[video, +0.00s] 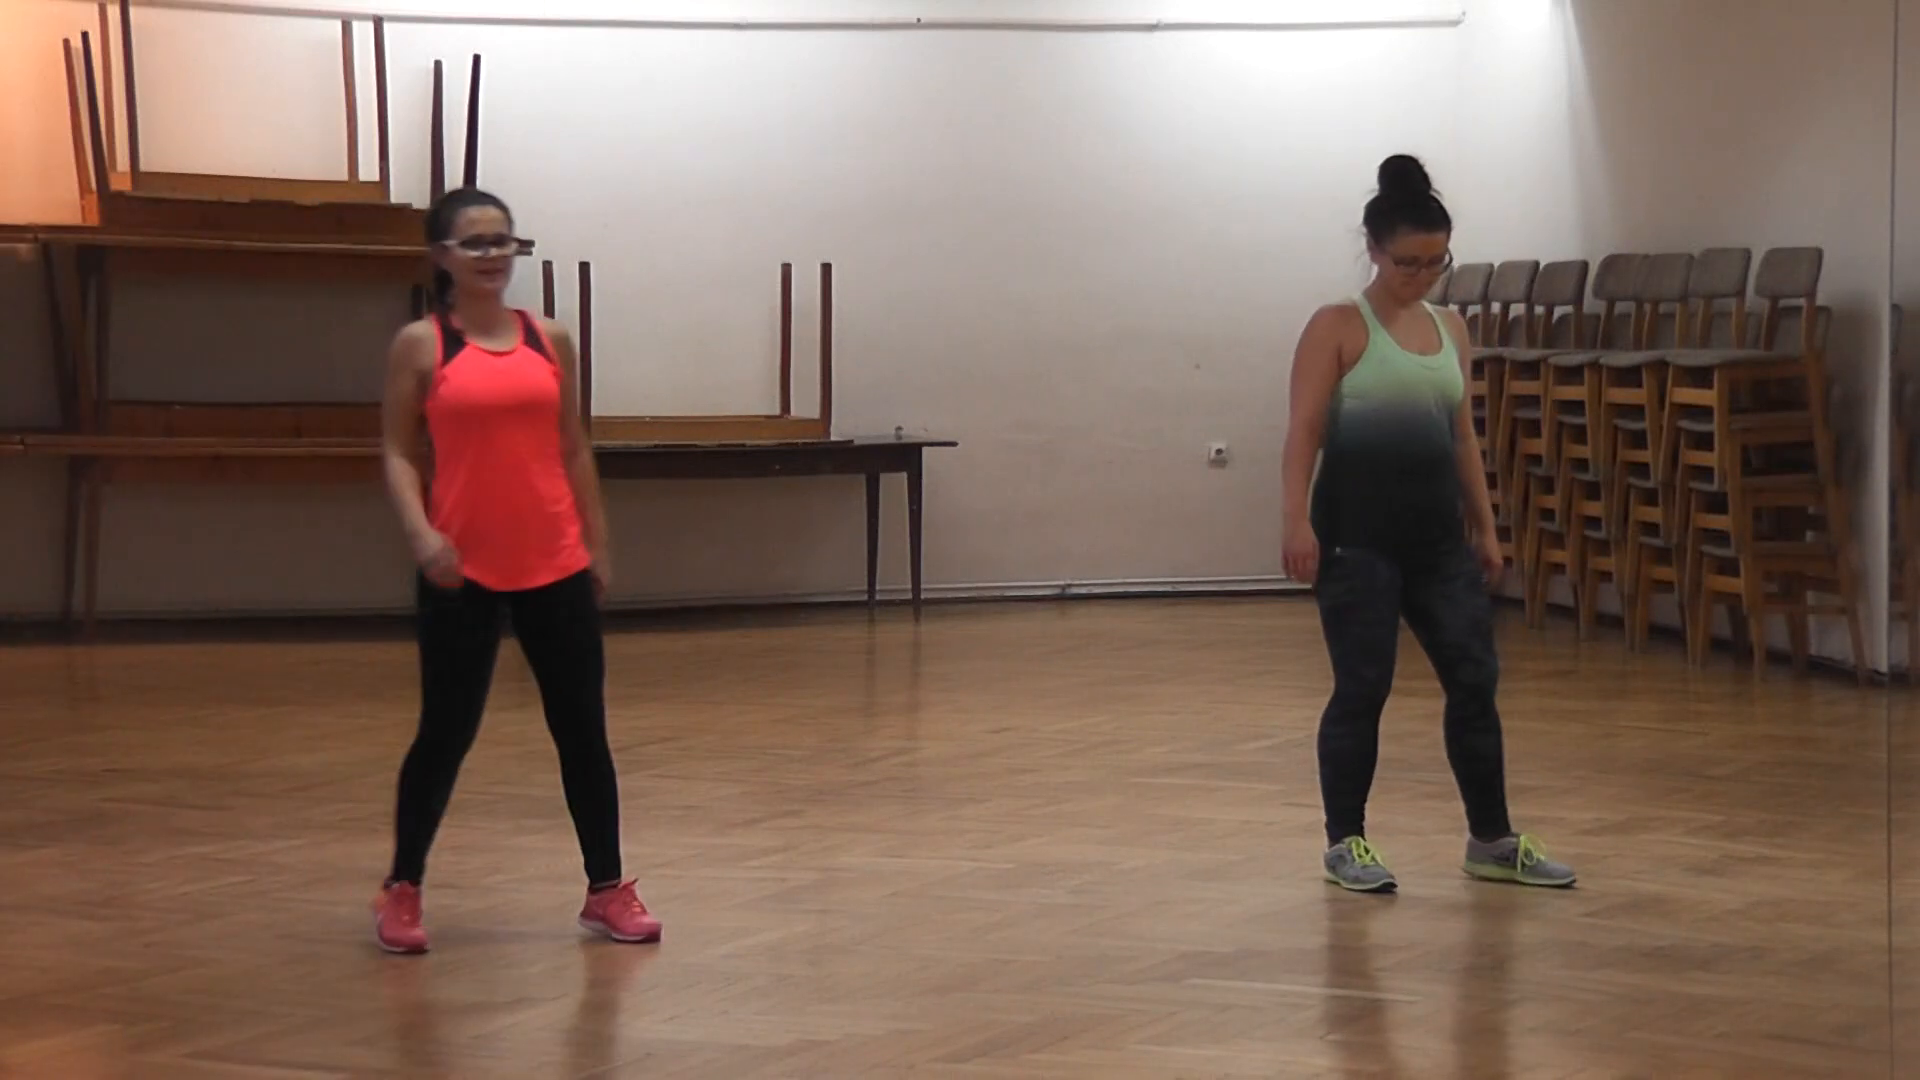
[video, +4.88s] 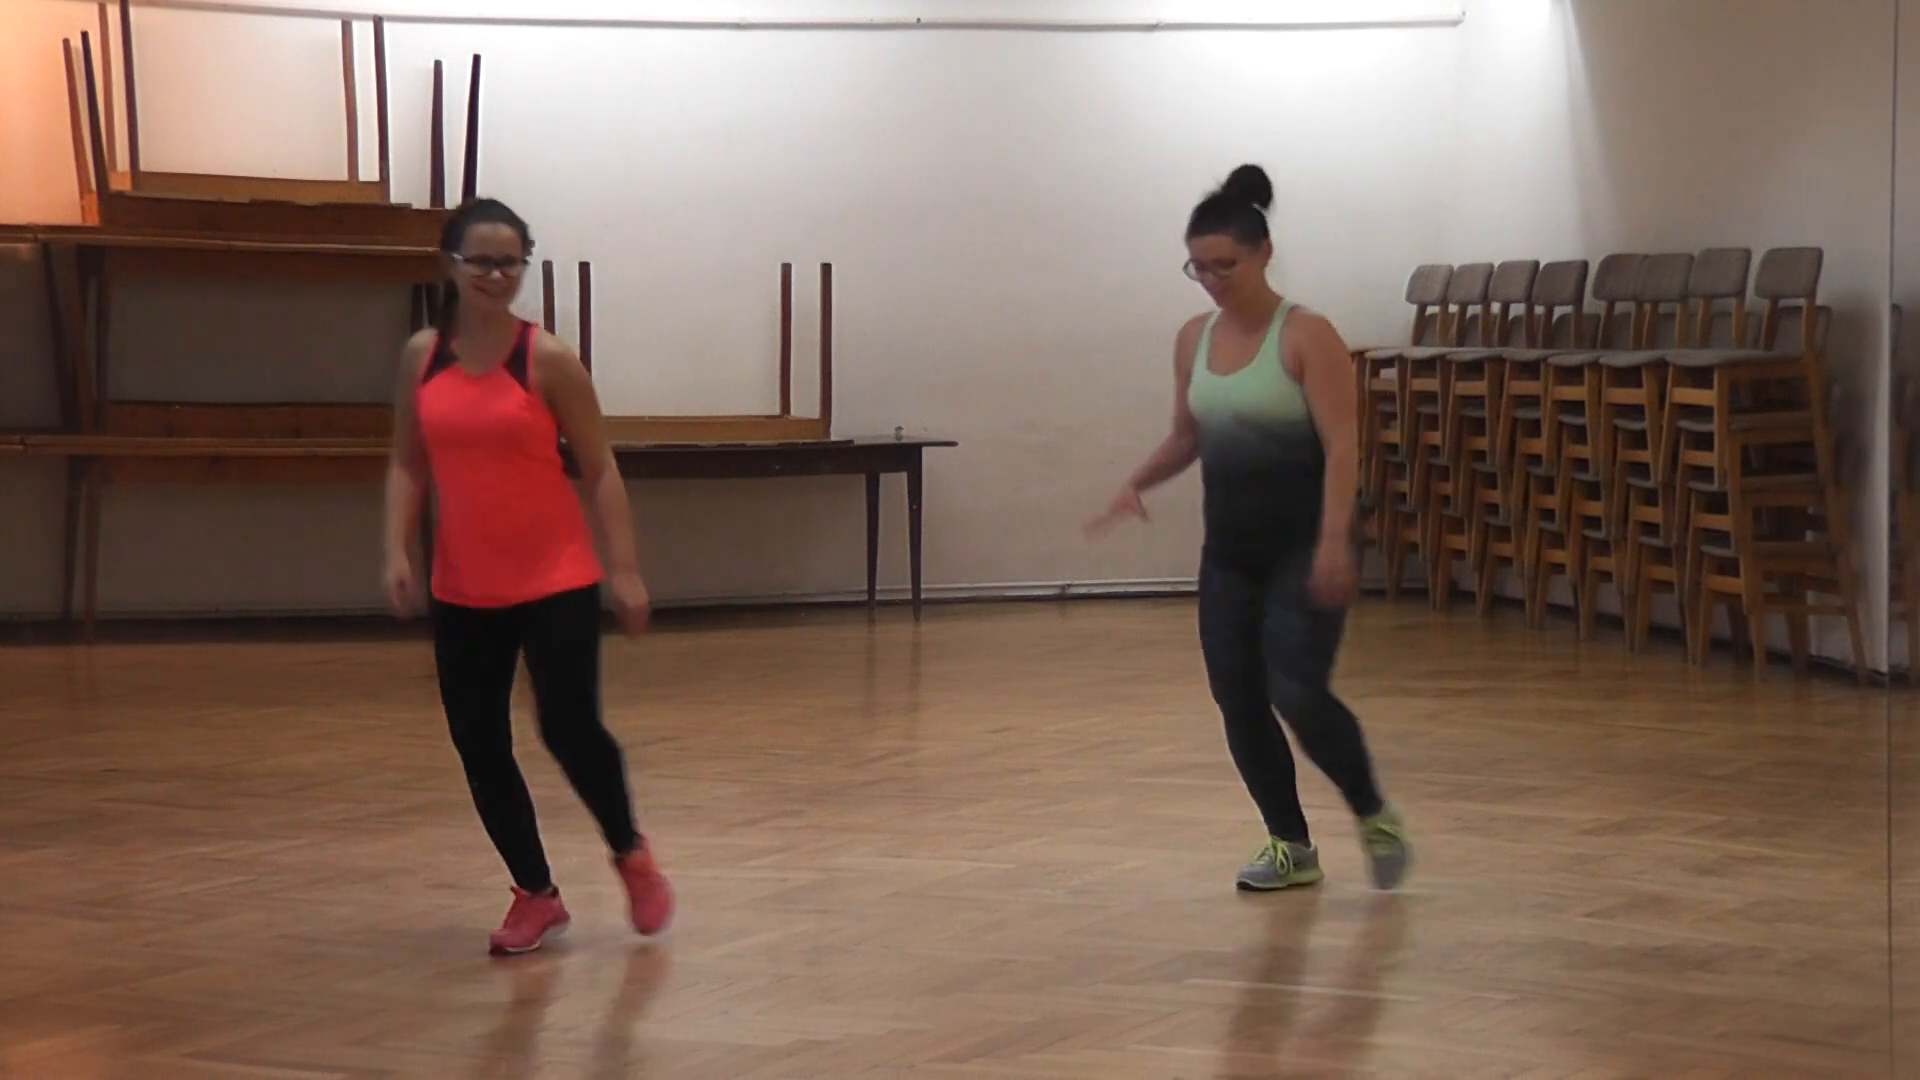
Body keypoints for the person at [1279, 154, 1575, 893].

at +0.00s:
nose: (1422, 277)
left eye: (1434, 263)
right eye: (1407, 262)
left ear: (1447, 252)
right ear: (1372, 249)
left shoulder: (1448, 328)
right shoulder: (1335, 328)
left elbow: (1464, 437)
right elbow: (1305, 432)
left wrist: (1485, 528)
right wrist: (1295, 524)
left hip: (1439, 544)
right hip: (1357, 545)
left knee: (1474, 682)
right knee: (1361, 690)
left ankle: (1492, 841)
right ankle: (1345, 842)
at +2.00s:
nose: (1368, 245)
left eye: (1376, 233)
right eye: (1350, 234)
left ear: (1384, 240)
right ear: (1312, 243)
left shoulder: (1398, 331)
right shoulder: (1289, 332)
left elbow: (1412, 434)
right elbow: (1270, 444)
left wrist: (1437, 525)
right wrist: (1288, 535)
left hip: (1390, 543)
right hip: (1308, 546)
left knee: (1410, 693)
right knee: (1295, 692)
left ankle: (1429, 843)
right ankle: (1235, 844)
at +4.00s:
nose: (1302, 242)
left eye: (1307, 228)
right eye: (1282, 235)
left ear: (1320, 235)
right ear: (1250, 253)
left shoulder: (1355, 332)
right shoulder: (1227, 332)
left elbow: (1387, 437)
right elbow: (1202, 438)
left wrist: (1422, 515)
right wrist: (1188, 530)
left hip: (1347, 546)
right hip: (1257, 546)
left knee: (1355, 699)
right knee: (1231, 695)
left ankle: (1358, 848)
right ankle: (1184, 846)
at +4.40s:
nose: (1275, 274)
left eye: (1283, 255)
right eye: (1260, 267)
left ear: (1321, 236)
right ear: (1253, 269)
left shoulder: (1385, 322)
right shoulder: (1260, 336)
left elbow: (1420, 425)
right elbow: (1243, 434)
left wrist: (1372, 482)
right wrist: (1184, 499)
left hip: (1374, 541)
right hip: (1285, 542)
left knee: (1364, 698)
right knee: (1259, 691)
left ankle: (1362, 848)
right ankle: (1223, 847)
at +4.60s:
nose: (1255, 258)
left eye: (1265, 241)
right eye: (1244, 248)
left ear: (1307, 225)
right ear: (1238, 249)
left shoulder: (1363, 307)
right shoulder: (1254, 314)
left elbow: (1370, 409)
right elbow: (1268, 409)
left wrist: (1270, 427)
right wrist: (1205, 452)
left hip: (1367, 518)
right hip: (1283, 519)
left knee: (1377, 678)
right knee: (1259, 675)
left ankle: (1403, 836)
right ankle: (1265, 834)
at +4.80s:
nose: (1230, 285)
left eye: (1241, 269)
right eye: (1219, 273)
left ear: (1282, 256)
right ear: (1211, 270)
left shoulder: (1326, 341)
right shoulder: (1217, 348)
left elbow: (1347, 450)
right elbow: (1218, 444)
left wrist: (1275, 524)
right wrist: (1156, 505)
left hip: (1331, 548)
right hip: (1248, 547)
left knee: (1341, 693)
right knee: (1245, 704)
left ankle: (1409, 835)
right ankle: (1294, 846)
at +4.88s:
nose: (1211, 280)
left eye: (1223, 265)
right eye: (1200, 268)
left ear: (1263, 254)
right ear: (1191, 264)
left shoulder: (1309, 338)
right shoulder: (1196, 340)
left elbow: (1344, 447)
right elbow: (1187, 437)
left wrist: (1334, 540)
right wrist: (1137, 481)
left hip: (1305, 552)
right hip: (1229, 553)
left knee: (1296, 690)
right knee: (1239, 700)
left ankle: (1372, 814)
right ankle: (1291, 845)